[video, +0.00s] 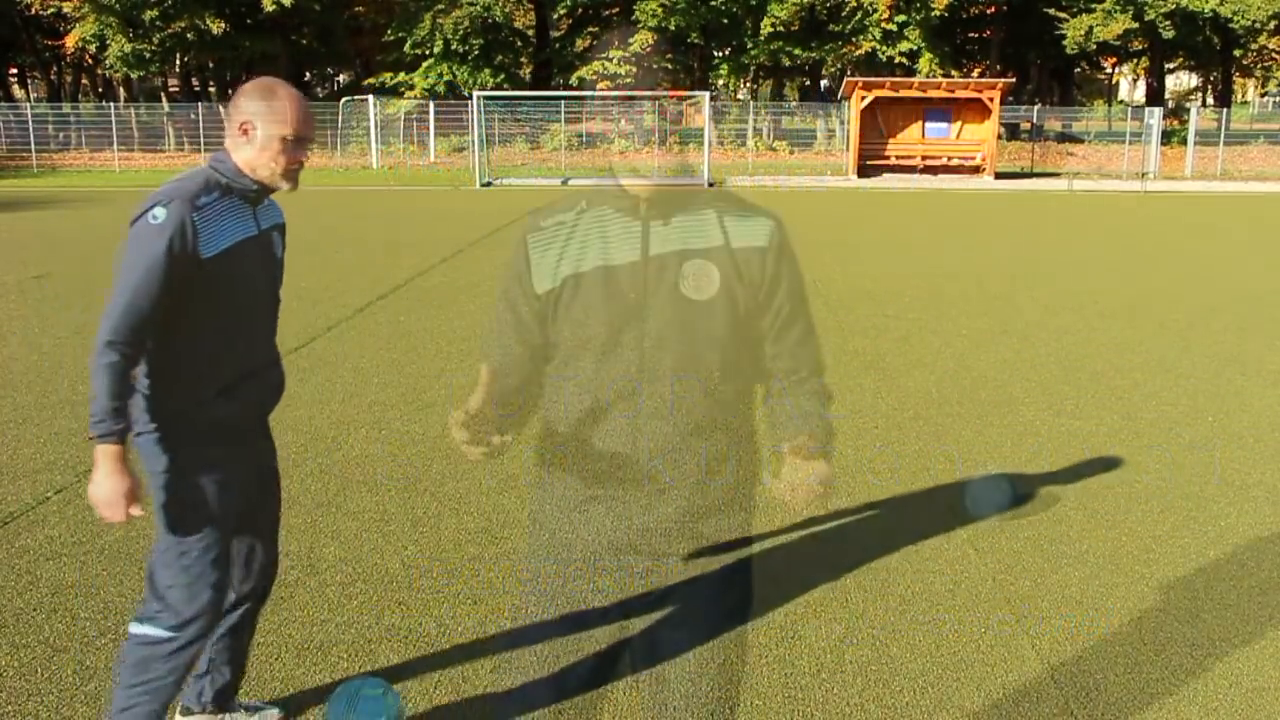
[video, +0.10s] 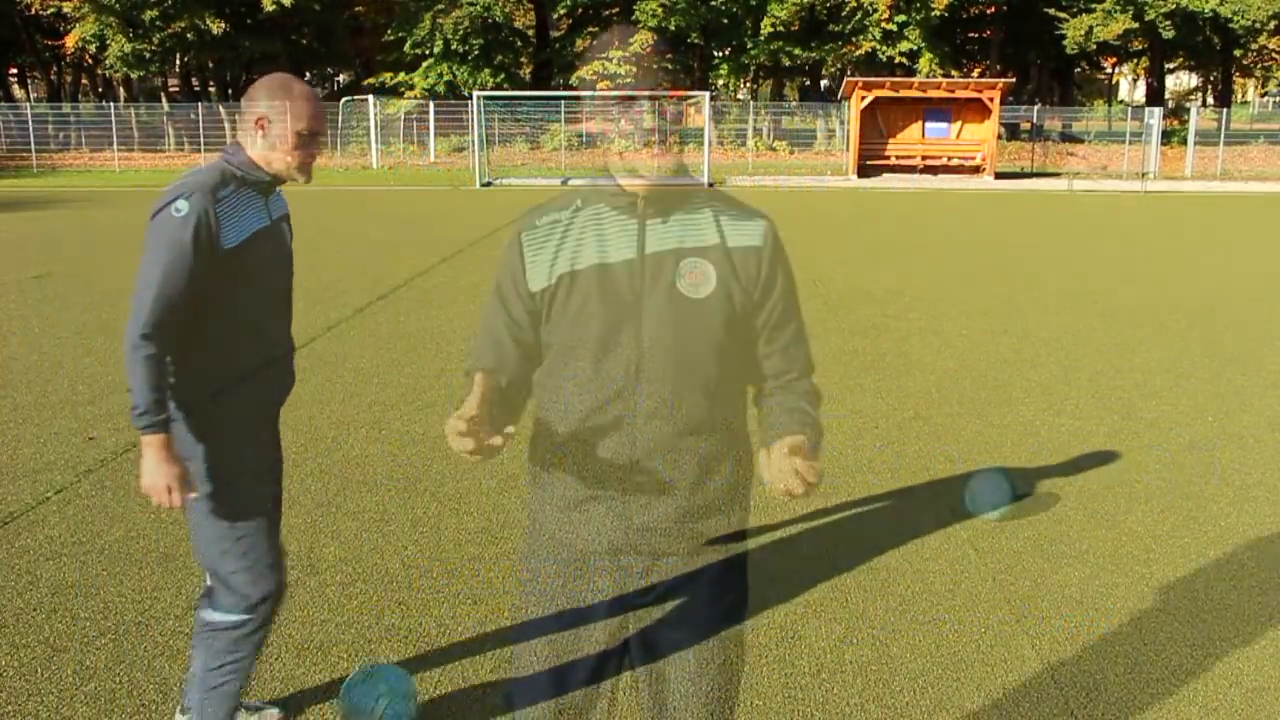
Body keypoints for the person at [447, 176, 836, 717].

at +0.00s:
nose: (652, 147)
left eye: (669, 126)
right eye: (634, 128)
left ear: (694, 123)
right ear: (604, 130)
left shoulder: (752, 235)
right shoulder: (547, 239)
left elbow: (792, 358)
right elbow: (514, 357)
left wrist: (804, 441)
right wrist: (489, 409)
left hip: (705, 516)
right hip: (576, 514)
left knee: (695, 695)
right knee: (552, 691)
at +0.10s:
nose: (650, 125)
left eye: (664, 105)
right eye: (628, 108)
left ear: (686, 110)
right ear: (596, 123)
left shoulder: (744, 235)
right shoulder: (543, 236)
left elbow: (784, 366)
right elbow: (505, 353)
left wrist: (790, 435)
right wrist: (484, 409)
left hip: (698, 524)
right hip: (569, 525)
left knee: (696, 702)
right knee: (551, 701)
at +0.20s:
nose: (637, 118)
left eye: (650, 96)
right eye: (613, 103)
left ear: (675, 104)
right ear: (581, 121)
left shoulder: (736, 232)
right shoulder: (532, 236)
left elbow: (775, 370)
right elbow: (489, 364)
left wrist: (768, 423)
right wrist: (472, 411)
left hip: (694, 523)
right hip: (565, 526)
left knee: (693, 705)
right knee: (549, 705)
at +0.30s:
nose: (628, 112)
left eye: (642, 91)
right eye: (602, 99)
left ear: (666, 102)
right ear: (570, 122)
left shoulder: (725, 232)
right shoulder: (519, 239)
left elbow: (767, 374)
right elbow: (478, 374)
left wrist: (751, 427)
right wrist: (467, 419)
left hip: (685, 525)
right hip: (554, 527)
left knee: (690, 707)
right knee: (541, 707)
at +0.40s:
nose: (615, 106)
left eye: (629, 86)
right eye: (589, 92)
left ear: (654, 100)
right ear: (555, 119)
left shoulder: (715, 232)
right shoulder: (508, 240)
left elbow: (758, 375)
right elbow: (466, 378)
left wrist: (736, 435)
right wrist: (463, 429)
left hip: (678, 540)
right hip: (544, 542)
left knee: (685, 710)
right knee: (534, 710)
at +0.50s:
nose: (602, 101)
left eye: (615, 82)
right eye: (577, 89)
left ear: (638, 96)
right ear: (544, 118)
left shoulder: (706, 230)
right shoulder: (499, 241)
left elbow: (750, 373)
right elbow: (455, 383)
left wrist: (723, 431)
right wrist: (459, 435)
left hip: (672, 543)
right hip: (540, 548)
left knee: (683, 711)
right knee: (537, 711)